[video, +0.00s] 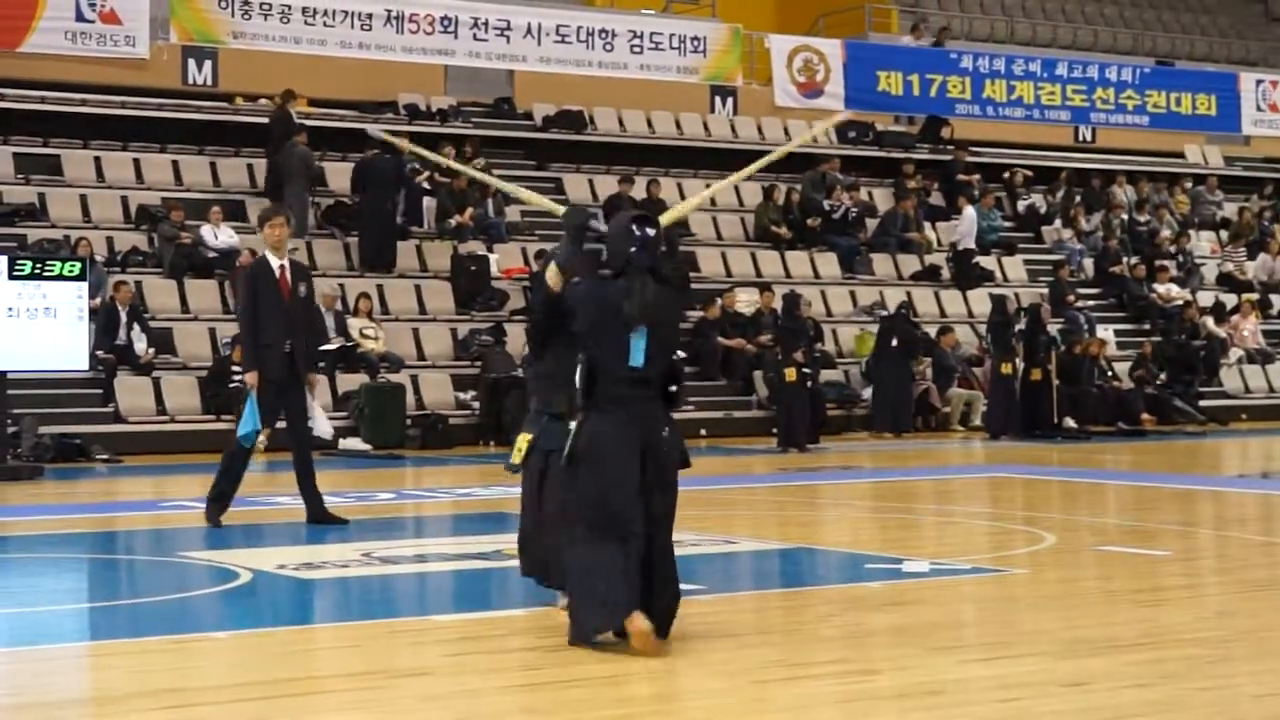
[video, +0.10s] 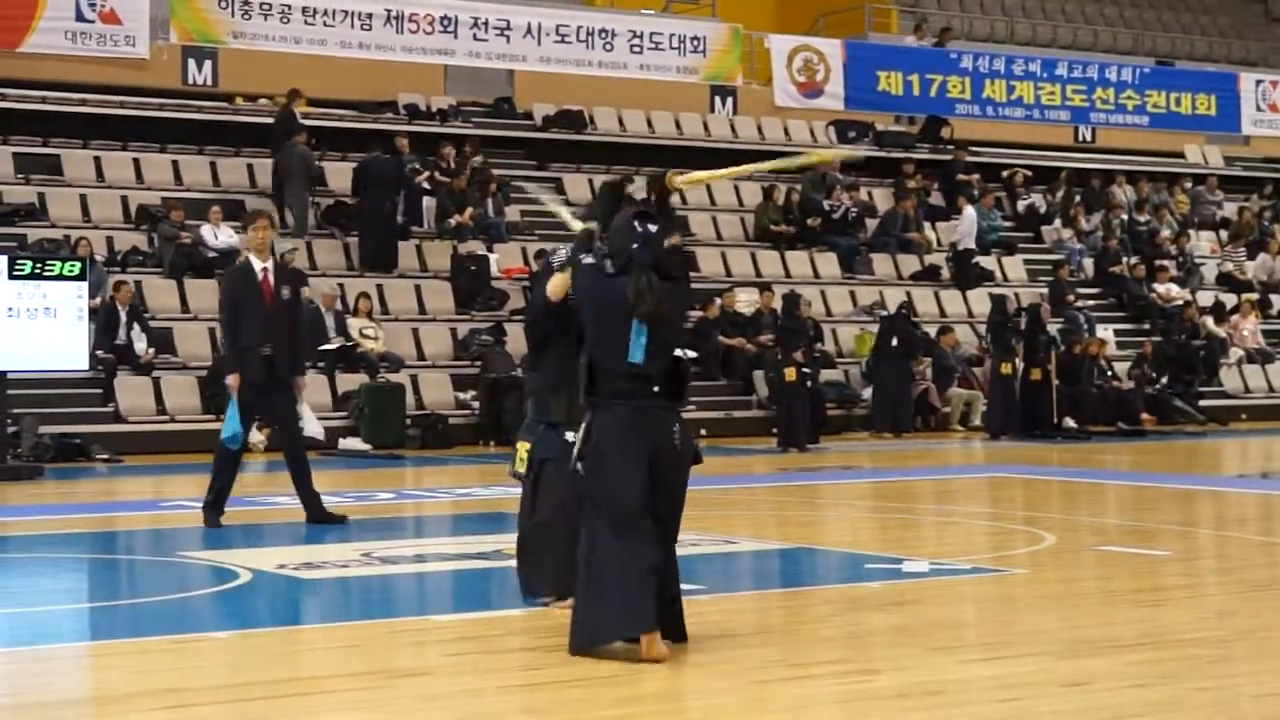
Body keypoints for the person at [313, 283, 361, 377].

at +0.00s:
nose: (334, 302)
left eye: (335, 299)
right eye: (331, 299)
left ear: (337, 299)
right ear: (323, 298)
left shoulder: (339, 314)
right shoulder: (314, 313)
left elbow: (345, 334)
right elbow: (313, 337)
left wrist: (341, 340)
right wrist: (327, 341)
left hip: (340, 344)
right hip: (324, 345)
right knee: (330, 357)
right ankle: (332, 390)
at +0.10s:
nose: (334, 301)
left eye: (335, 298)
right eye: (331, 298)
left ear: (337, 299)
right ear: (323, 298)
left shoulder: (339, 314)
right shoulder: (312, 313)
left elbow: (345, 334)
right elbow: (312, 338)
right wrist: (327, 342)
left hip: (340, 345)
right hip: (322, 347)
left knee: (351, 354)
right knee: (332, 355)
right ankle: (332, 387)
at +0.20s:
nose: (334, 302)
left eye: (335, 299)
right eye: (331, 299)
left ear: (336, 299)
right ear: (322, 298)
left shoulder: (339, 314)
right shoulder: (312, 313)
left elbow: (345, 335)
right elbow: (311, 340)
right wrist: (327, 342)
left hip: (340, 346)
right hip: (321, 348)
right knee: (330, 357)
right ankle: (332, 391)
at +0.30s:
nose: (334, 301)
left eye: (335, 298)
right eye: (331, 298)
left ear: (336, 299)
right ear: (322, 298)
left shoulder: (339, 314)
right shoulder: (311, 313)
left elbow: (345, 335)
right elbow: (310, 338)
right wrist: (326, 342)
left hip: (339, 346)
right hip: (321, 347)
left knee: (351, 355)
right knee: (330, 356)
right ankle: (331, 389)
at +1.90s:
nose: (333, 294)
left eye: (337, 290)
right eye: (330, 290)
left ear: (341, 293)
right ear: (325, 292)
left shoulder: (345, 311)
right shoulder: (317, 311)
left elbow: (352, 332)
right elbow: (315, 339)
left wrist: (343, 337)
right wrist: (330, 339)